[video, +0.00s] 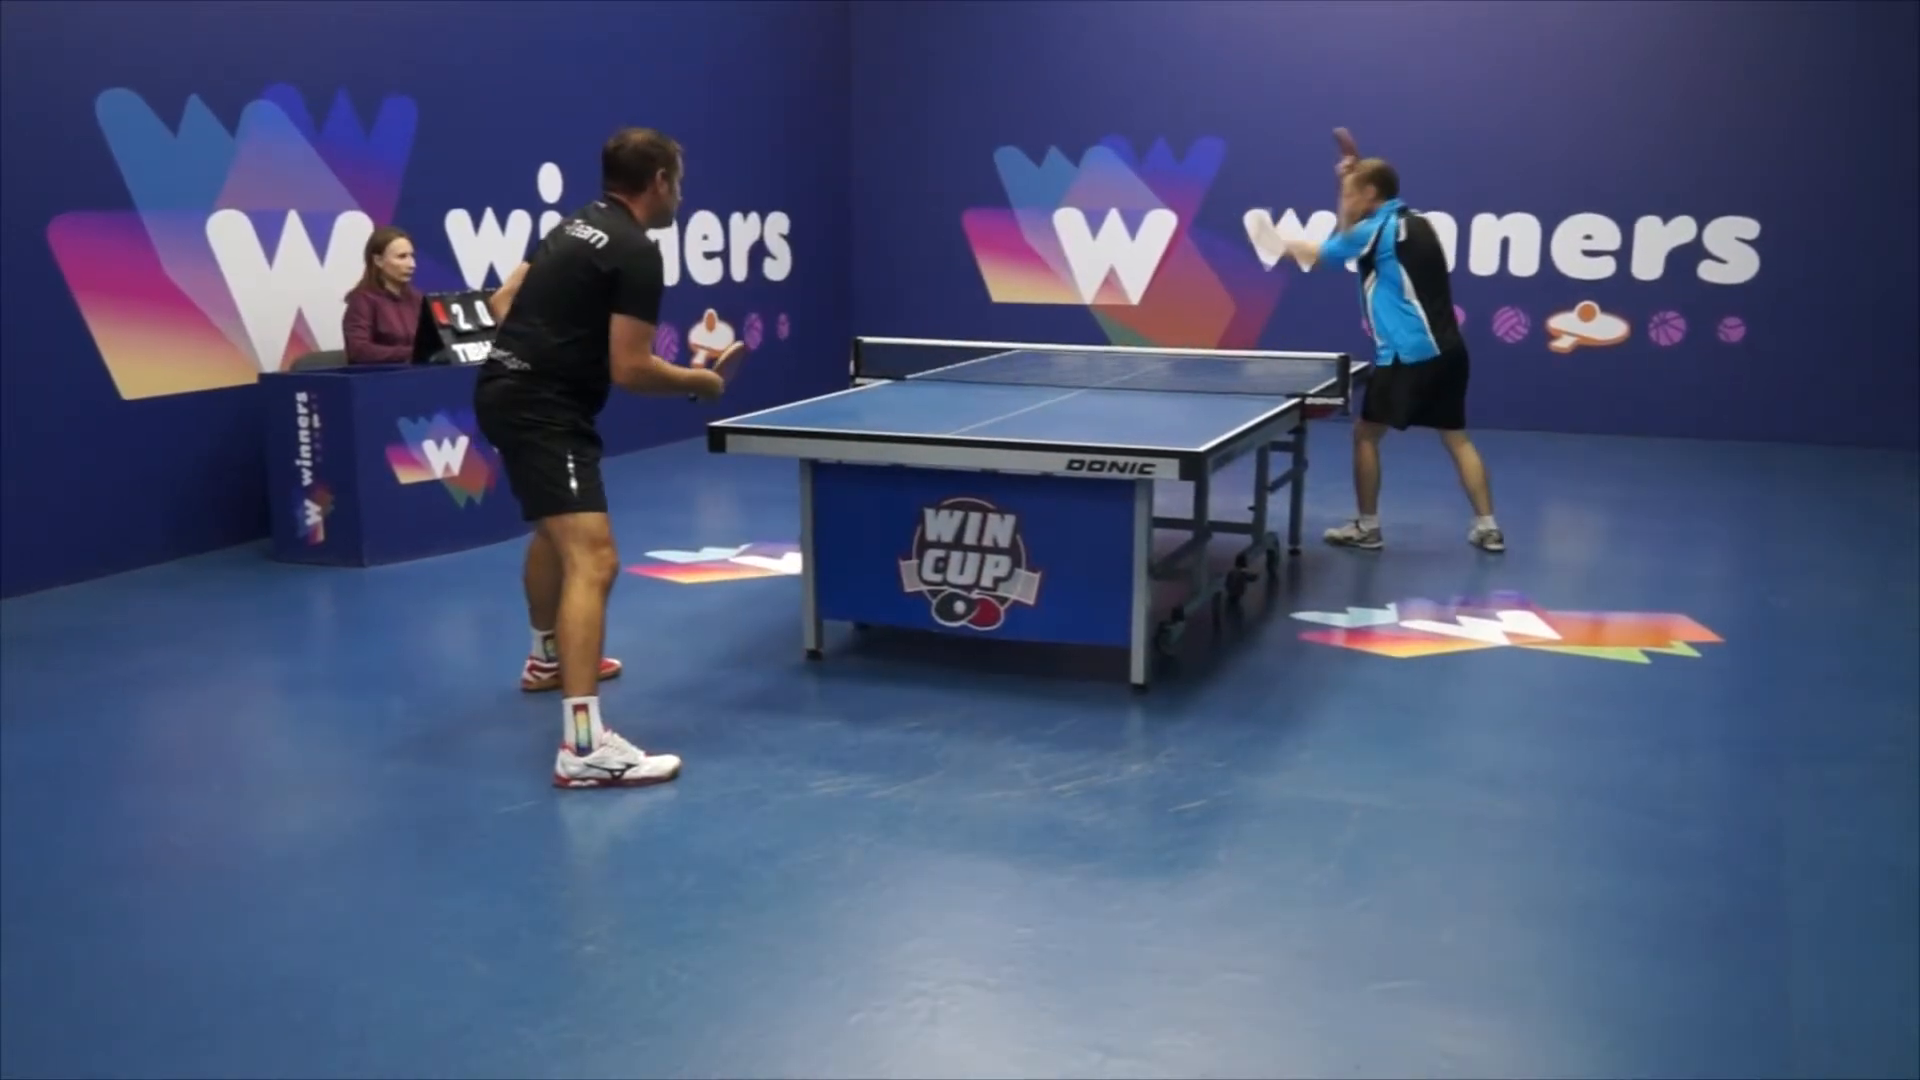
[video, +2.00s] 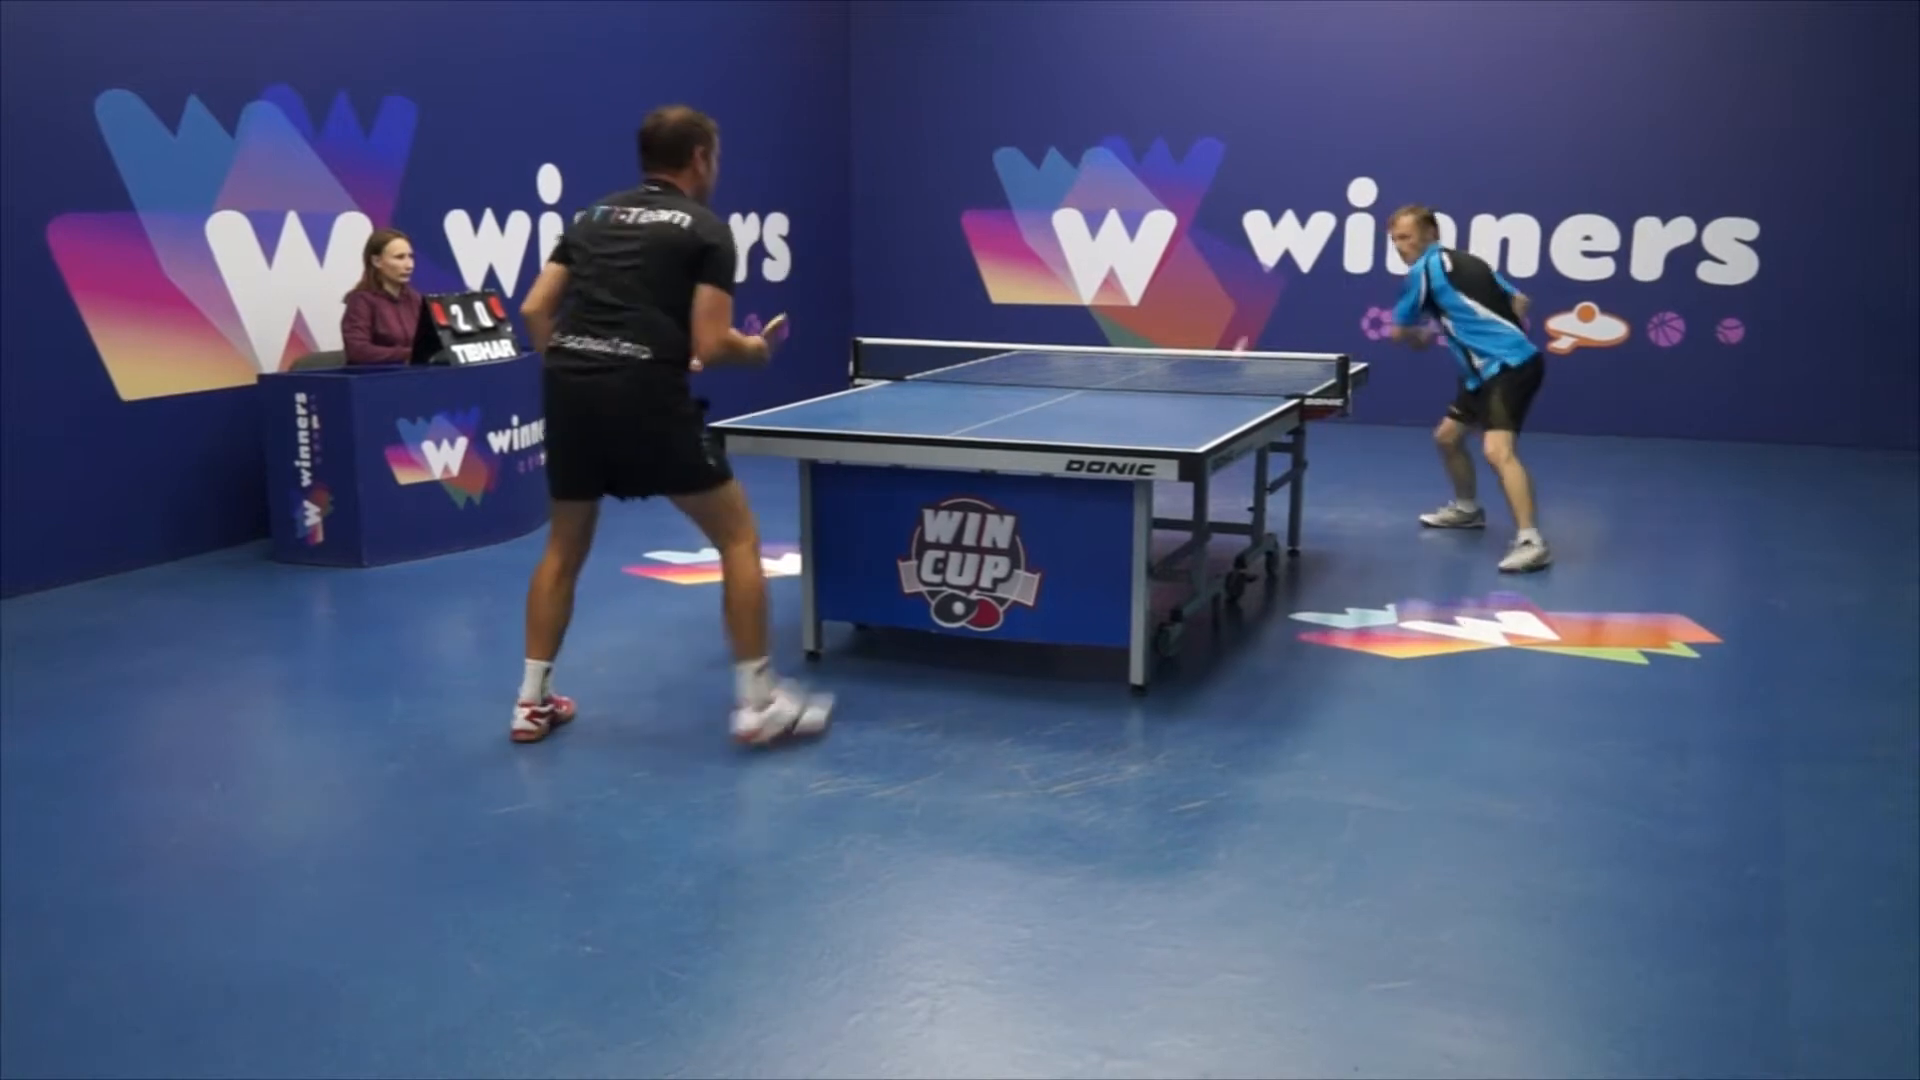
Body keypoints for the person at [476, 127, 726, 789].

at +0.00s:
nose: (679, 193)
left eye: (676, 181)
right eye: (675, 182)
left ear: (616, 181)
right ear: (655, 186)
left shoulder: (573, 225)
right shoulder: (637, 251)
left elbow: (504, 301)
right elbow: (628, 366)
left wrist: (558, 351)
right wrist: (696, 380)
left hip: (507, 389)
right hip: (545, 400)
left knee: (554, 530)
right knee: (593, 561)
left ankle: (548, 656)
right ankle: (583, 741)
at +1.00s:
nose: (711, 188)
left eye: (710, 175)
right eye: (708, 176)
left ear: (649, 175)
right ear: (683, 177)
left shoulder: (595, 221)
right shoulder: (665, 243)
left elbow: (541, 305)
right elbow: (664, 347)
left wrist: (600, 343)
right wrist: (735, 359)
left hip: (561, 388)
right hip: (614, 396)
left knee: (618, 509)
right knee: (683, 541)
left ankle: (585, 641)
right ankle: (637, 679)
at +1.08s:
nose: (720, 194)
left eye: (720, 181)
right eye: (716, 181)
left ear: (665, 175)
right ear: (691, 178)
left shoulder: (610, 217)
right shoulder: (670, 237)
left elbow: (552, 298)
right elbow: (671, 341)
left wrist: (627, 334)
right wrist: (739, 356)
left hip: (566, 385)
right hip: (616, 391)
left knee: (624, 505)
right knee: (713, 521)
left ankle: (585, 637)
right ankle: (669, 667)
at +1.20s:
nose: (736, 211)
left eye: (739, 200)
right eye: (737, 198)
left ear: (685, 179)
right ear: (717, 185)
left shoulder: (628, 214)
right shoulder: (691, 232)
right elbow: (698, 336)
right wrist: (745, 345)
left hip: (570, 375)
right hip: (623, 382)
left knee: (619, 505)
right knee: (729, 506)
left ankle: (584, 642)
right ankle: (750, 659)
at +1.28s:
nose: (751, 224)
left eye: (754, 213)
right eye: (754, 212)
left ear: (702, 184)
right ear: (740, 199)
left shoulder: (635, 218)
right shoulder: (718, 243)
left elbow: (570, 292)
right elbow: (746, 346)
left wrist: (627, 318)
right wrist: (717, 330)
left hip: (578, 372)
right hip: (640, 383)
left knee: (613, 508)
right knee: (742, 508)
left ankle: (583, 640)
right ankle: (789, 650)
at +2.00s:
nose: (715, 172)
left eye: (714, 160)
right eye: (714, 161)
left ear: (646, 161)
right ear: (698, 162)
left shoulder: (594, 216)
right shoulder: (707, 230)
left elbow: (535, 309)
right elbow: (711, 345)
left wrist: (569, 367)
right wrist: (756, 348)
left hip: (571, 397)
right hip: (649, 400)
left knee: (562, 549)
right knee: (737, 538)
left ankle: (531, 700)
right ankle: (757, 699)